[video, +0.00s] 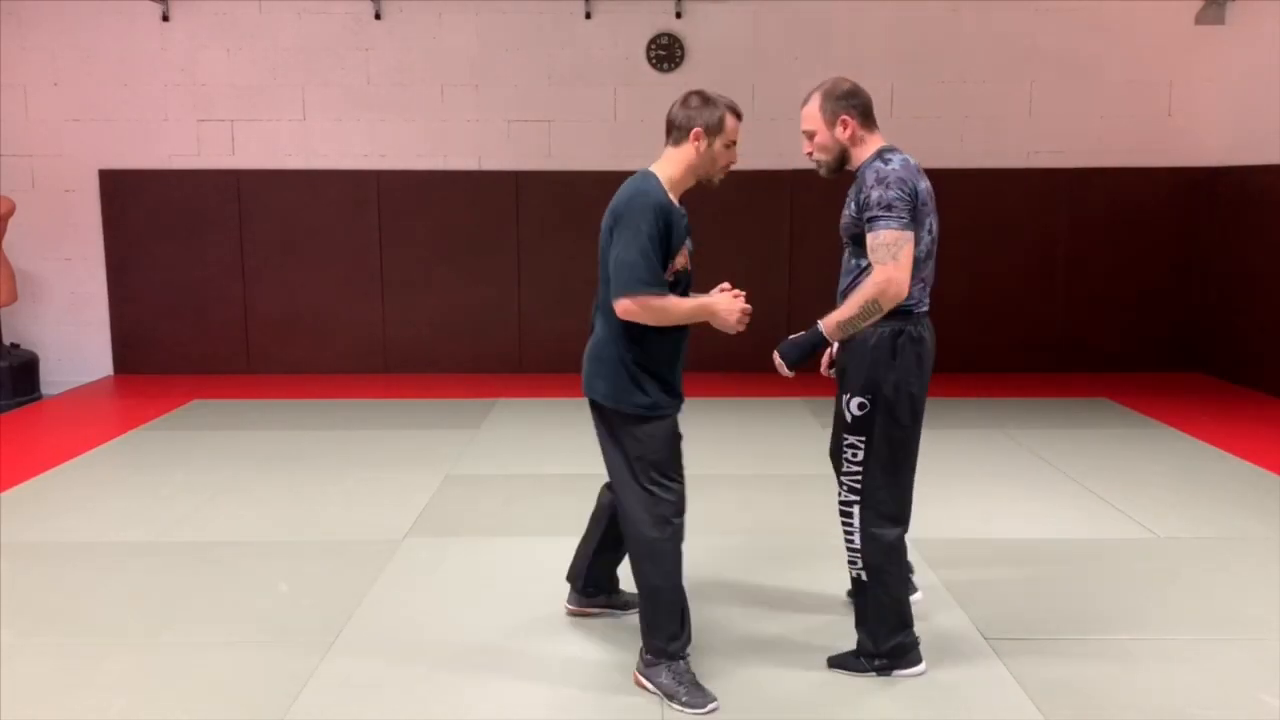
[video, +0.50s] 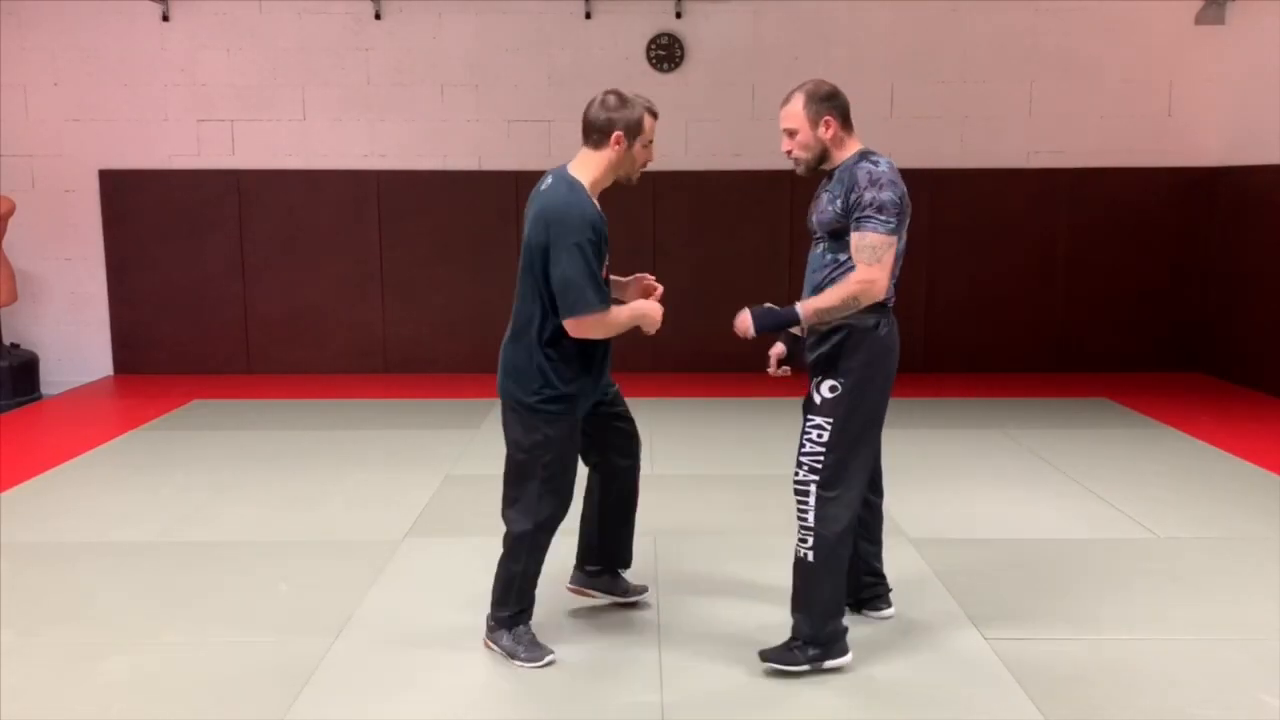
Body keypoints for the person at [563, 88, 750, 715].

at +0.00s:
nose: (735, 158)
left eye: (736, 146)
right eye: (730, 145)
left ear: (692, 141)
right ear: (698, 141)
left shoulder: (663, 202)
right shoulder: (642, 205)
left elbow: (660, 293)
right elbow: (631, 302)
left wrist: (699, 301)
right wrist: (705, 308)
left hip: (642, 381)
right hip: (630, 388)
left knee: (633, 486)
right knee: (659, 511)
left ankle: (590, 584)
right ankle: (662, 657)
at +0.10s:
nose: (724, 161)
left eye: (726, 149)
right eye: (720, 147)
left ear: (684, 143)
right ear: (689, 143)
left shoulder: (653, 199)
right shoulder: (627, 197)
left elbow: (653, 283)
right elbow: (610, 291)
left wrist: (684, 305)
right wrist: (682, 305)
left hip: (632, 379)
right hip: (605, 381)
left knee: (626, 491)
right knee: (624, 506)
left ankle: (591, 586)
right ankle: (633, 646)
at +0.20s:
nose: (705, 150)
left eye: (706, 138)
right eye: (700, 137)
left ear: (665, 133)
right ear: (669, 132)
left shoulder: (635, 190)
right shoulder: (610, 189)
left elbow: (616, 276)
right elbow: (595, 280)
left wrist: (640, 263)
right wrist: (662, 295)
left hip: (620, 379)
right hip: (591, 380)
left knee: (620, 495)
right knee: (593, 504)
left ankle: (603, 593)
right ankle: (572, 635)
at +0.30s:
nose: (682, 142)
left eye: (684, 131)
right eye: (679, 130)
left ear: (644, 125)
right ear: (648, 125)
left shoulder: (618, 185)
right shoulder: (595, 187)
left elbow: (597, 266)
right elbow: (583, 283)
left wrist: (626, 261)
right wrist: (647, 290)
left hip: (610, 373)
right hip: (578, 377)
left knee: (609, 489)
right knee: (571, 497)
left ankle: (594, 587)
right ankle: (520, 616)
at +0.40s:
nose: (662, 146)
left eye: (664, 135)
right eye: (660, 133)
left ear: (619, 129)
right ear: (633, 131)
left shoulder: (594, 191)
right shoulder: (584, 199)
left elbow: (589, 281)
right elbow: (579, 304)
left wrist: (631, 289)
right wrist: (638, 301)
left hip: (593, 376)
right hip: (561, 379)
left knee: (612, 472)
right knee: (550, 498)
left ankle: (596, 584)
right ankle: (508, 618)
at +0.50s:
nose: (651, 154)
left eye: (651, 142)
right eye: (647, 142)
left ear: (606, 141)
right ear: (618, 142)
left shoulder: (567, 191)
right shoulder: (570, 212)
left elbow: (565, 281)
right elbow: (582, 322)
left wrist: (617, 288)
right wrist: (634, 316)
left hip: (578, 372)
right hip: (544, 383)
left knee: (619, 452)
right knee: (537, 506)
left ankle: (597, 569)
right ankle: (507, 622)